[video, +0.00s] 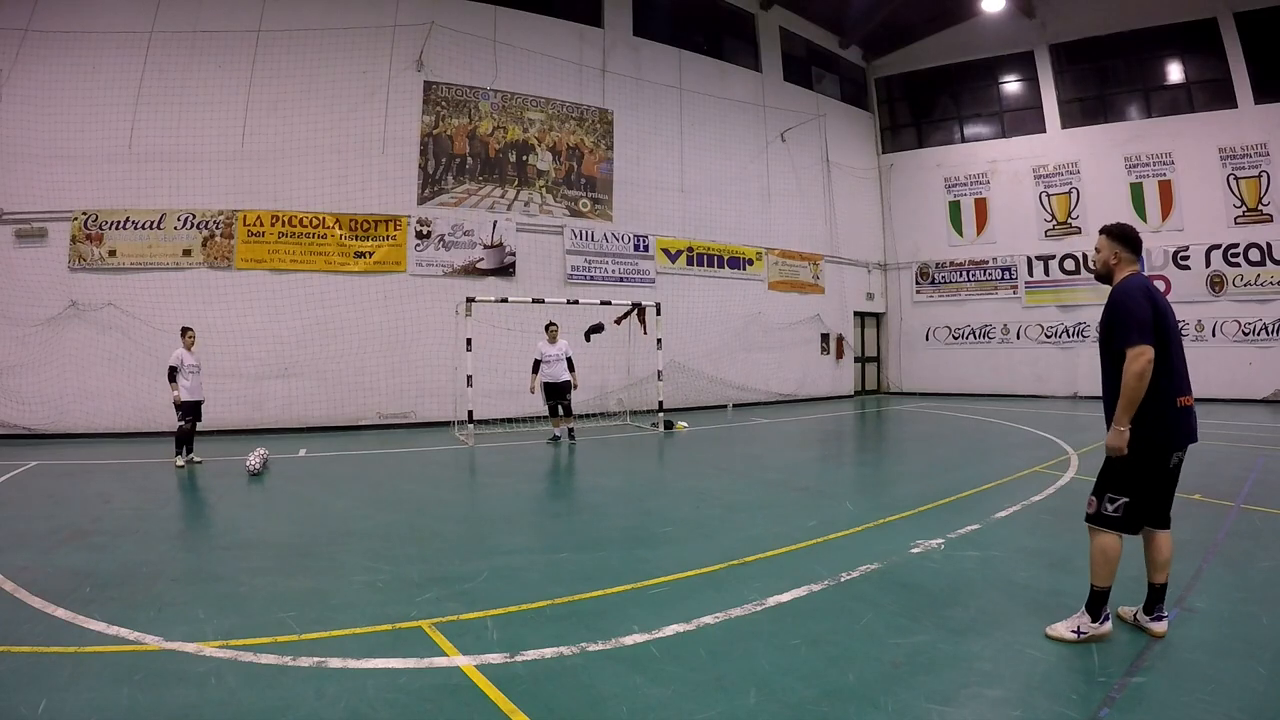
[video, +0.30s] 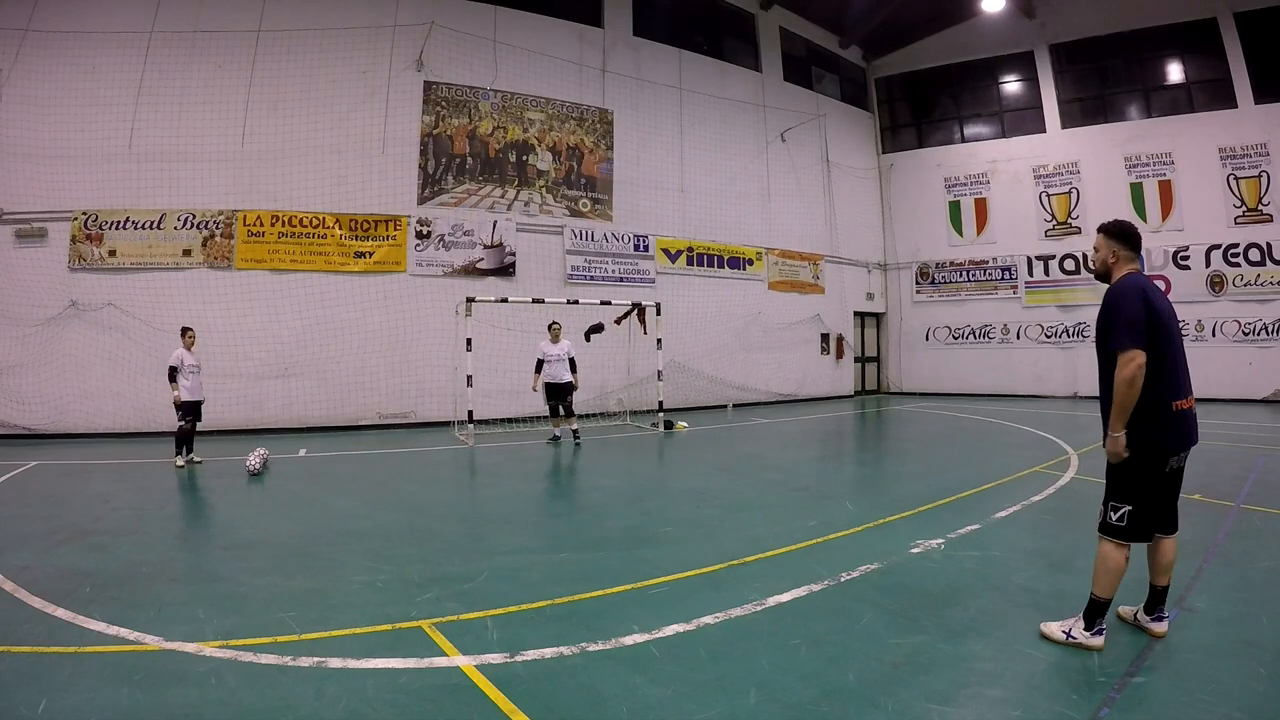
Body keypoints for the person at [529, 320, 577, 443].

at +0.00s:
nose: (554, 333)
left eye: (555, 331)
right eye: (551, 331)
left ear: (558, 332)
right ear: (547, 333)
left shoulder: (564, 344)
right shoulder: (541, 346)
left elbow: (570, 362)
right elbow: (536, 364)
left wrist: (574, 379)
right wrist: (532, 382)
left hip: (563, 380)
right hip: (548, 382)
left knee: (566, 407)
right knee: (552, 409)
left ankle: (571, 431)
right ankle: (557, 433)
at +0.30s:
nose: (556, 331)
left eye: (558, 329)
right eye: (554, 329)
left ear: (561, 331)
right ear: (549, 332)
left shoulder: (566, 345)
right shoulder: (543, 346)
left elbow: (572, 363)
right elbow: (539, 364)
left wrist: (576, 380)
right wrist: (535, 381)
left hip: (565, 381)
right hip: (549, 382)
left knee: (568, 408)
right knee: (553, 410)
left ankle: (575, 433)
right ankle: (557, 434)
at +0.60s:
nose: (563, 330)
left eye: (565, 328)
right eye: (561, 328)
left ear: (567, 330)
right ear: (556, 330)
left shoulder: (573, 344)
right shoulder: (549, 345)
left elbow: (579, 362)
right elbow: (545, 364)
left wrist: (582, 379)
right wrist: (543, 382)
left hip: (571, 381)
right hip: (554, 382)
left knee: (572, 409)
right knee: (556, 410)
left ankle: (576, 434)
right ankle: (557, 434)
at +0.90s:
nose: (568, 329)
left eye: (570, 327)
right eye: (565, 327)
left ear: (572, 330)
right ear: (560, 330)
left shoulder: (578, 344)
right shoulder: (554, 344)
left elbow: (583, 361)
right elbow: (549, 362)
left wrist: (585, 378)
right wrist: (549, 379)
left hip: (574, 381)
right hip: (558, 381)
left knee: (573, 408)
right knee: (557, 408)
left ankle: (576, 433)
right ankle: (557, 431)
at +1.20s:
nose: (567, 342)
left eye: (569, 340)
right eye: (564, 340)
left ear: (571, 342)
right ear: (560, 343)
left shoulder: (576, 356)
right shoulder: (553, 357)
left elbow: (581, 373)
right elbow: (547, 374)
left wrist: (584, 389)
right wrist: (552, 387)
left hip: (573, 386)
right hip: (558, 388)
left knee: (575, 411)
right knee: (558, 413)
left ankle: (574, 435)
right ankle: (557, 430)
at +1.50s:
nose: (571, 332)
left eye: (573, 330)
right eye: (569, 330)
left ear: (576, 333)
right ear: (564, 333)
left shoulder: (582, 347)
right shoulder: (557, 347)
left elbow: (588, 360)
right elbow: (548, 364)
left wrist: (588, 376)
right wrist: (561, 373)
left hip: (578, 384)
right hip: (562, 384)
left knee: (578, 411)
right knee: (563, 411)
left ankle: (577, 433)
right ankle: (562, 433)